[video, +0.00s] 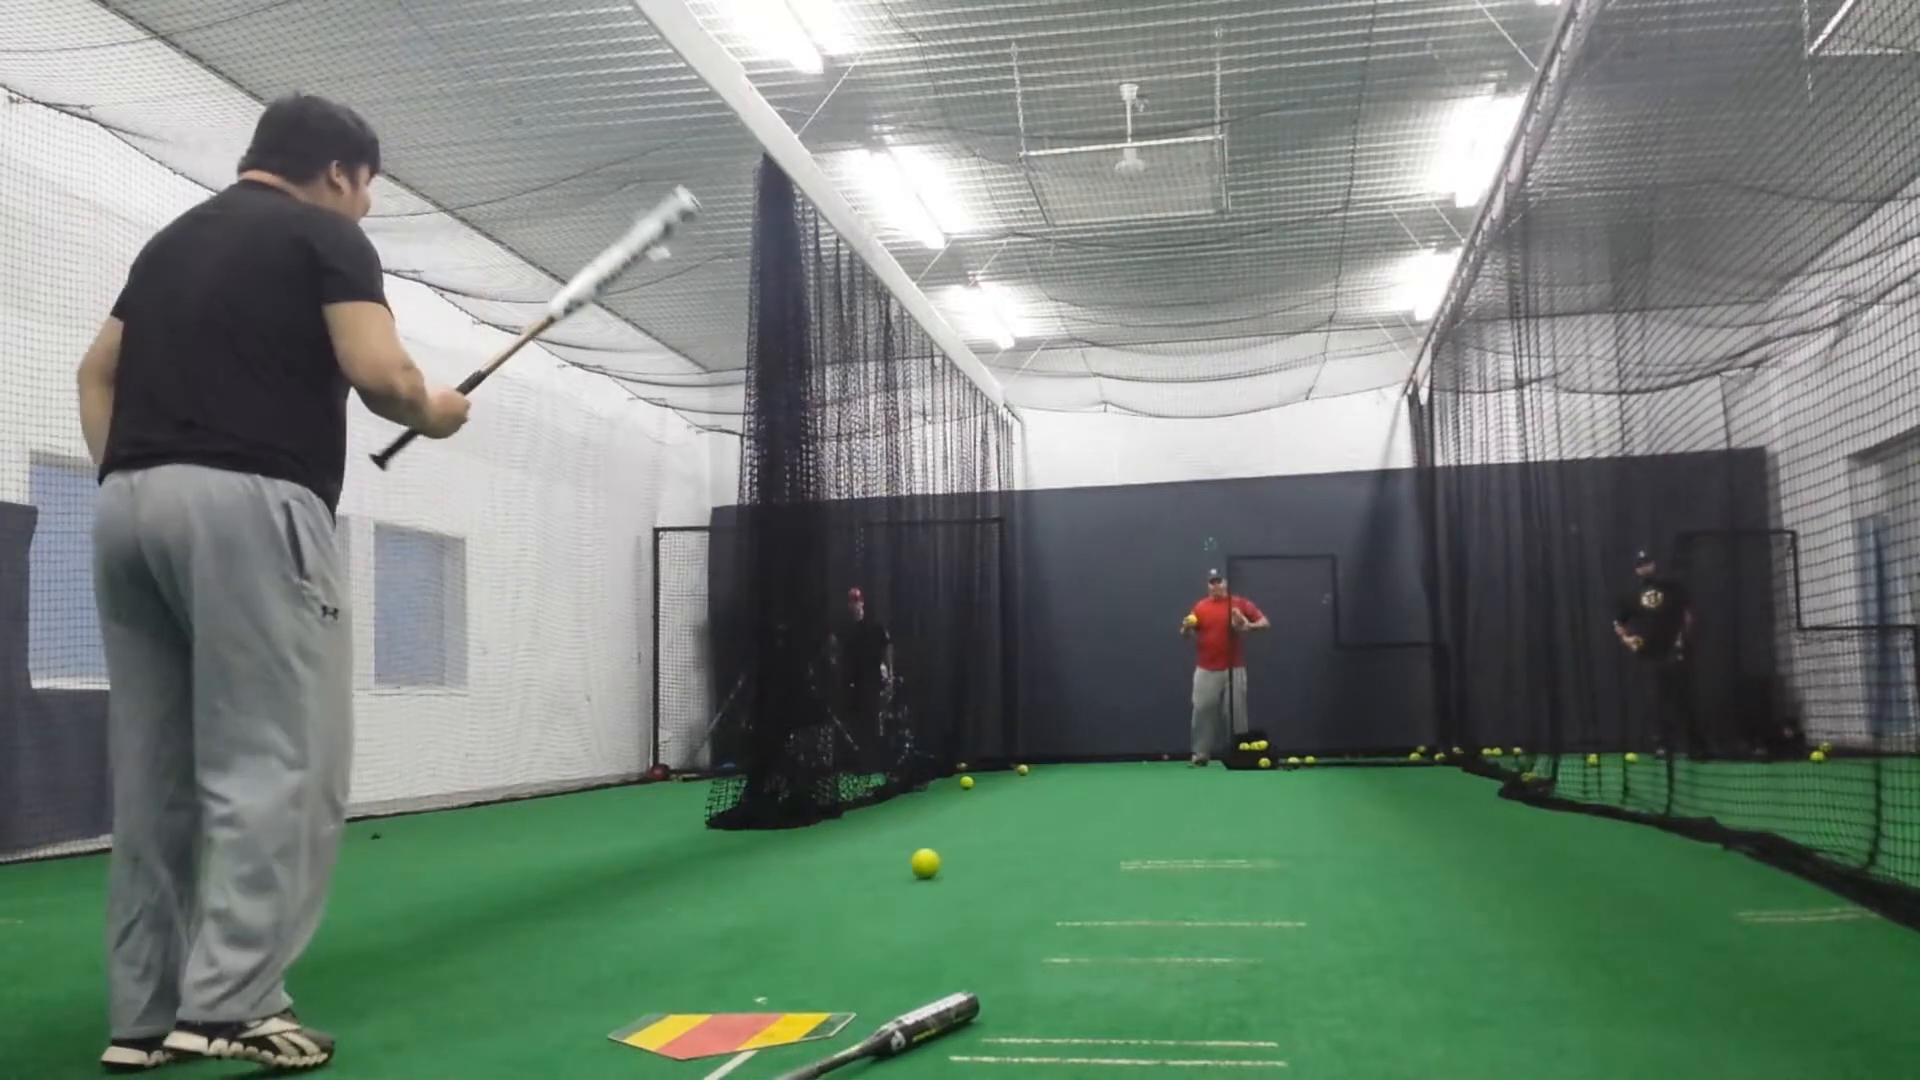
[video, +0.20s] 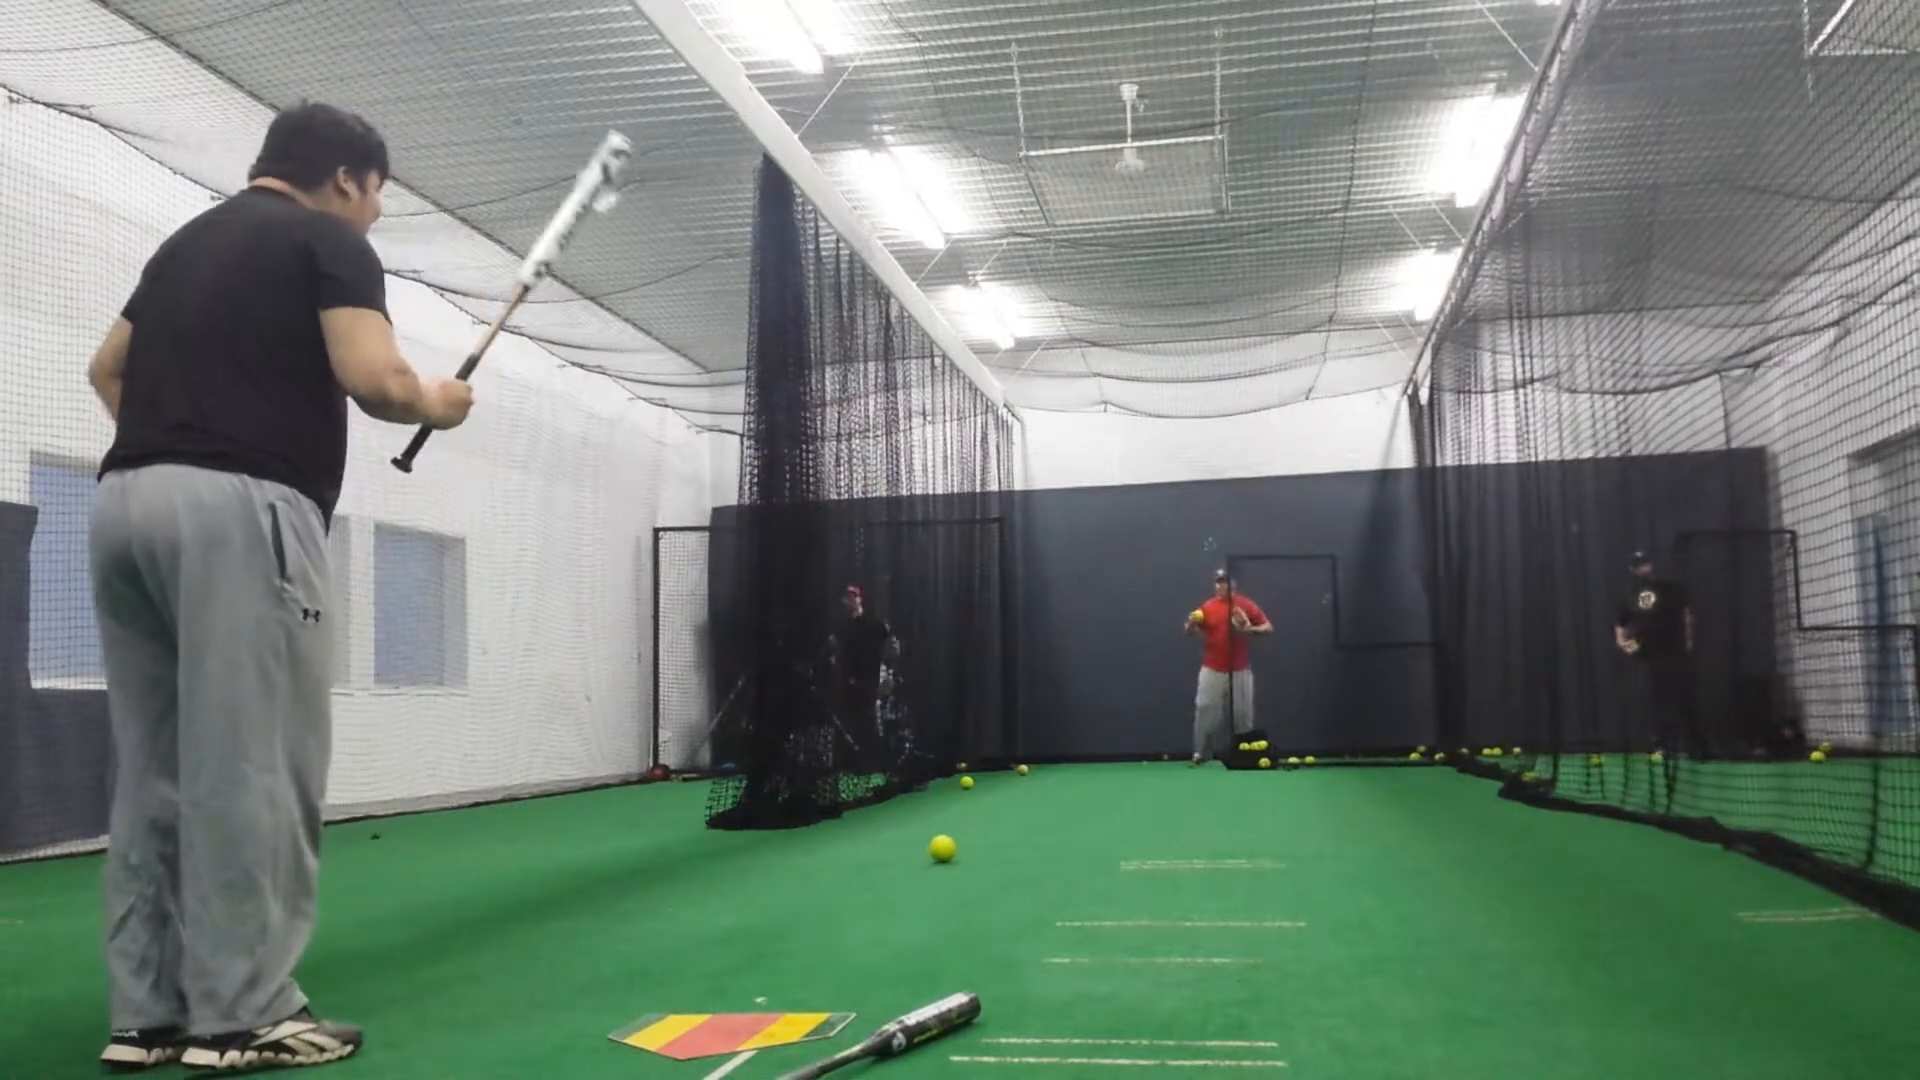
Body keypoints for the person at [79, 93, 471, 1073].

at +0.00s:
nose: (369, 208)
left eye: (371, 193)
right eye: (368, 190)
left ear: (256, 166)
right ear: (336, 173)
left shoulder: (171, 239)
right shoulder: (327, 232)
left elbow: (99, 369)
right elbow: (376, 374)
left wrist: (124, 479)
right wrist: (430, 407)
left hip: (130, 501)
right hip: (248, 501)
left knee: (153, 765)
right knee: (270, 761)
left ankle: (144, 1016)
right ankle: (230, 1006)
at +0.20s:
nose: (376, 215)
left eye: (379, 200)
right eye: (376, 197)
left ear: (272, 172)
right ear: (343, 179)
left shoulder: (187, 240)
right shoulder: (329, 237)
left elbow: (109, 366)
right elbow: (372, 377)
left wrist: (171, 448)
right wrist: (431, 400)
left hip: (127, 498)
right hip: (240, 502)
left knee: (152, 767)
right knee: (252, 761)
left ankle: (148, 1016)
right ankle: (243, 1010)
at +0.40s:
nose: (387, 223)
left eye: (392, 206)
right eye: (389, 202)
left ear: (293, 171)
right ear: (353, 178)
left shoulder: (206, 233)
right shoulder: (332, 237)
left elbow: (228, 387)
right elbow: (377, 384)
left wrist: (353, 436)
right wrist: (436, 389)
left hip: (129, 497)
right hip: (238, 508)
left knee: (153, 767)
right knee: (255, 764)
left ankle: (149, 1010)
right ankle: (245, 1012)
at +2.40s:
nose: (270, 190)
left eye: (267, 173)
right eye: (267, 171)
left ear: (171, 167)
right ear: (240, 165)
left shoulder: (148, 237)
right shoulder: (221, 231)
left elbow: (209, 407)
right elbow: (237, 354)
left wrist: (335, 439)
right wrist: (350, 422)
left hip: (102, 516)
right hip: (172, 516)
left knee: (139, 769)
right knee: (232, 756)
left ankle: (152, 1008)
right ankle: (249, 1005)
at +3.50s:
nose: (259, 127)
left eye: (254, 110)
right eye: (255, 109)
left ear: (148, 114)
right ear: (231, 107)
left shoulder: (89, 217)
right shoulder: (237, 201)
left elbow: (83, 370)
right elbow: (274, 332)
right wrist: (339, 382)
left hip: (85, 510)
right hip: (185, 515)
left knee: (144, 768)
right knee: (190, 776)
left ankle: (175, 994)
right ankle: (157, 1031)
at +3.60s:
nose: (260, 123)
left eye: (256, 106)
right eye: (257, 106)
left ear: (147, 108)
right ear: (234, 104)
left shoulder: (81, 212)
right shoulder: (247, 203)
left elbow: (52, 370)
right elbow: (290, 337)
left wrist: (106, 444)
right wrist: (344, 385)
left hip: (73, 510)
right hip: (182, 516)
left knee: (132, 769)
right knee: (186, 773)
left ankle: (167, 992)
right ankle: (156, 1033)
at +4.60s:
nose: (163, 120)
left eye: (158, 103)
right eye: (159, 103)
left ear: (38, 109)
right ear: (137, 101)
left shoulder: (2, 194)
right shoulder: (182, 204)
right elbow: (260, 349)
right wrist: (198, 397)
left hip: (5, 510)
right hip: (113, 511)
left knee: (6, 787)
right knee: (145, 779)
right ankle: (159, 1035)